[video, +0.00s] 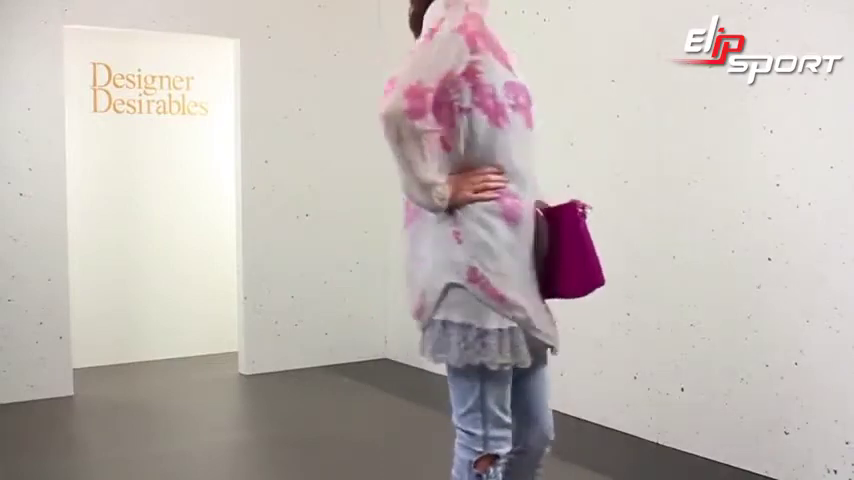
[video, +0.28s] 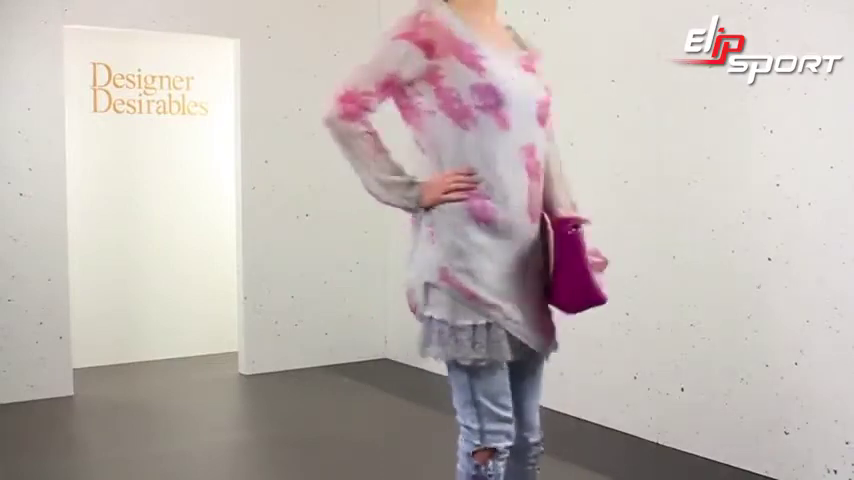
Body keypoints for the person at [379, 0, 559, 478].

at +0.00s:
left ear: (424, 5)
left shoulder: (484, 41)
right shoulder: (455, 26)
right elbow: (399, 109)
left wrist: (530, 204)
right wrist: (434, 189)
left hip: (509, 262)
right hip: (468, 263)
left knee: (532, 436)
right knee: (484, 442)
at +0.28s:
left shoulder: (517, 43)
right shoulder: (425, 29)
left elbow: (545, 155)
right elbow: (344, 114)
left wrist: (574, 243)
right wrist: (408, 191)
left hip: (525, 261)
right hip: (463, 261)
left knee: (524, 442)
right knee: (488, 442)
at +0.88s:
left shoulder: (506, 45)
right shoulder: (419, 42)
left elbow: (524, 163)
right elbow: (398, 137)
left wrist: (542, 271)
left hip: (487, 266)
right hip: (420, 264)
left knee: (493, 427)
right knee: (421, 419)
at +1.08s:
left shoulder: (461, 54)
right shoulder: (430, 52)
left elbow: (471, 178)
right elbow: (422, 179)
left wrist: (463, 285)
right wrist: (405, 281)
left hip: (454, 289)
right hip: (418, 285)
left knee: (468, 426)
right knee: (424, 420)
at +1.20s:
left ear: (408, 0)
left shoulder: (431, 59)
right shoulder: (452, 52)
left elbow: (425, 183)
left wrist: (405, 288)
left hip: (433, 281)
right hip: (438, 276)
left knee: (442, 422)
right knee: (420, 415)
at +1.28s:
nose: (390, 1)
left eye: (391, 1)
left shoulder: (410, 60)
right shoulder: (467, 45)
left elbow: (393, 182)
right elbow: (502, 130)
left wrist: (367, 283)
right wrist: (466, 203)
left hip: (420, 266)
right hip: (460, 262)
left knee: (404, 419)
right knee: (436, 408)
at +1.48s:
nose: (370, 9)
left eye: (368, 4)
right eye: (366, 4)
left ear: (380, 0)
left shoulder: (379, 49)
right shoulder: (468, 54)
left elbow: (359, 168)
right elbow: (501, 162)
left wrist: (326, 267)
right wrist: (463, 235)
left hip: (389, 253)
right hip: (456, 258)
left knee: (351, 394)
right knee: (435, 408)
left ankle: (376, 474)